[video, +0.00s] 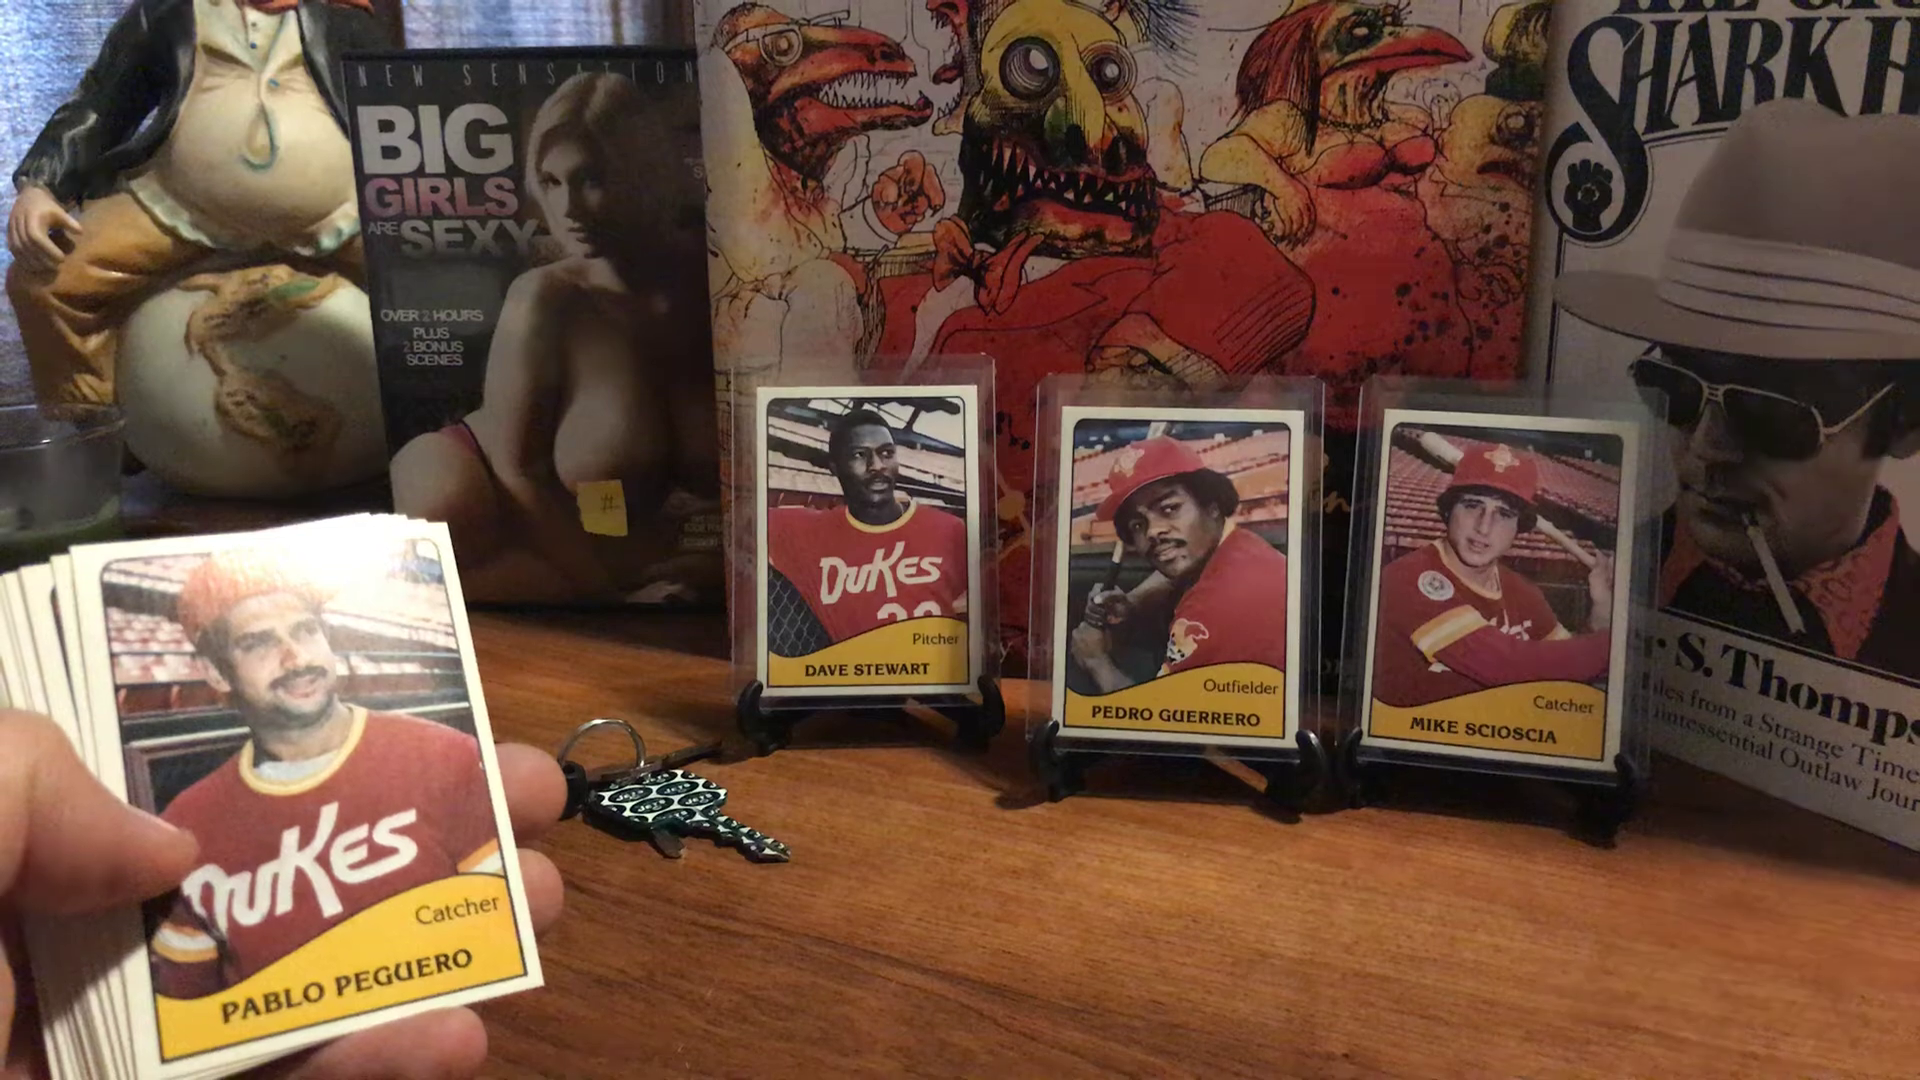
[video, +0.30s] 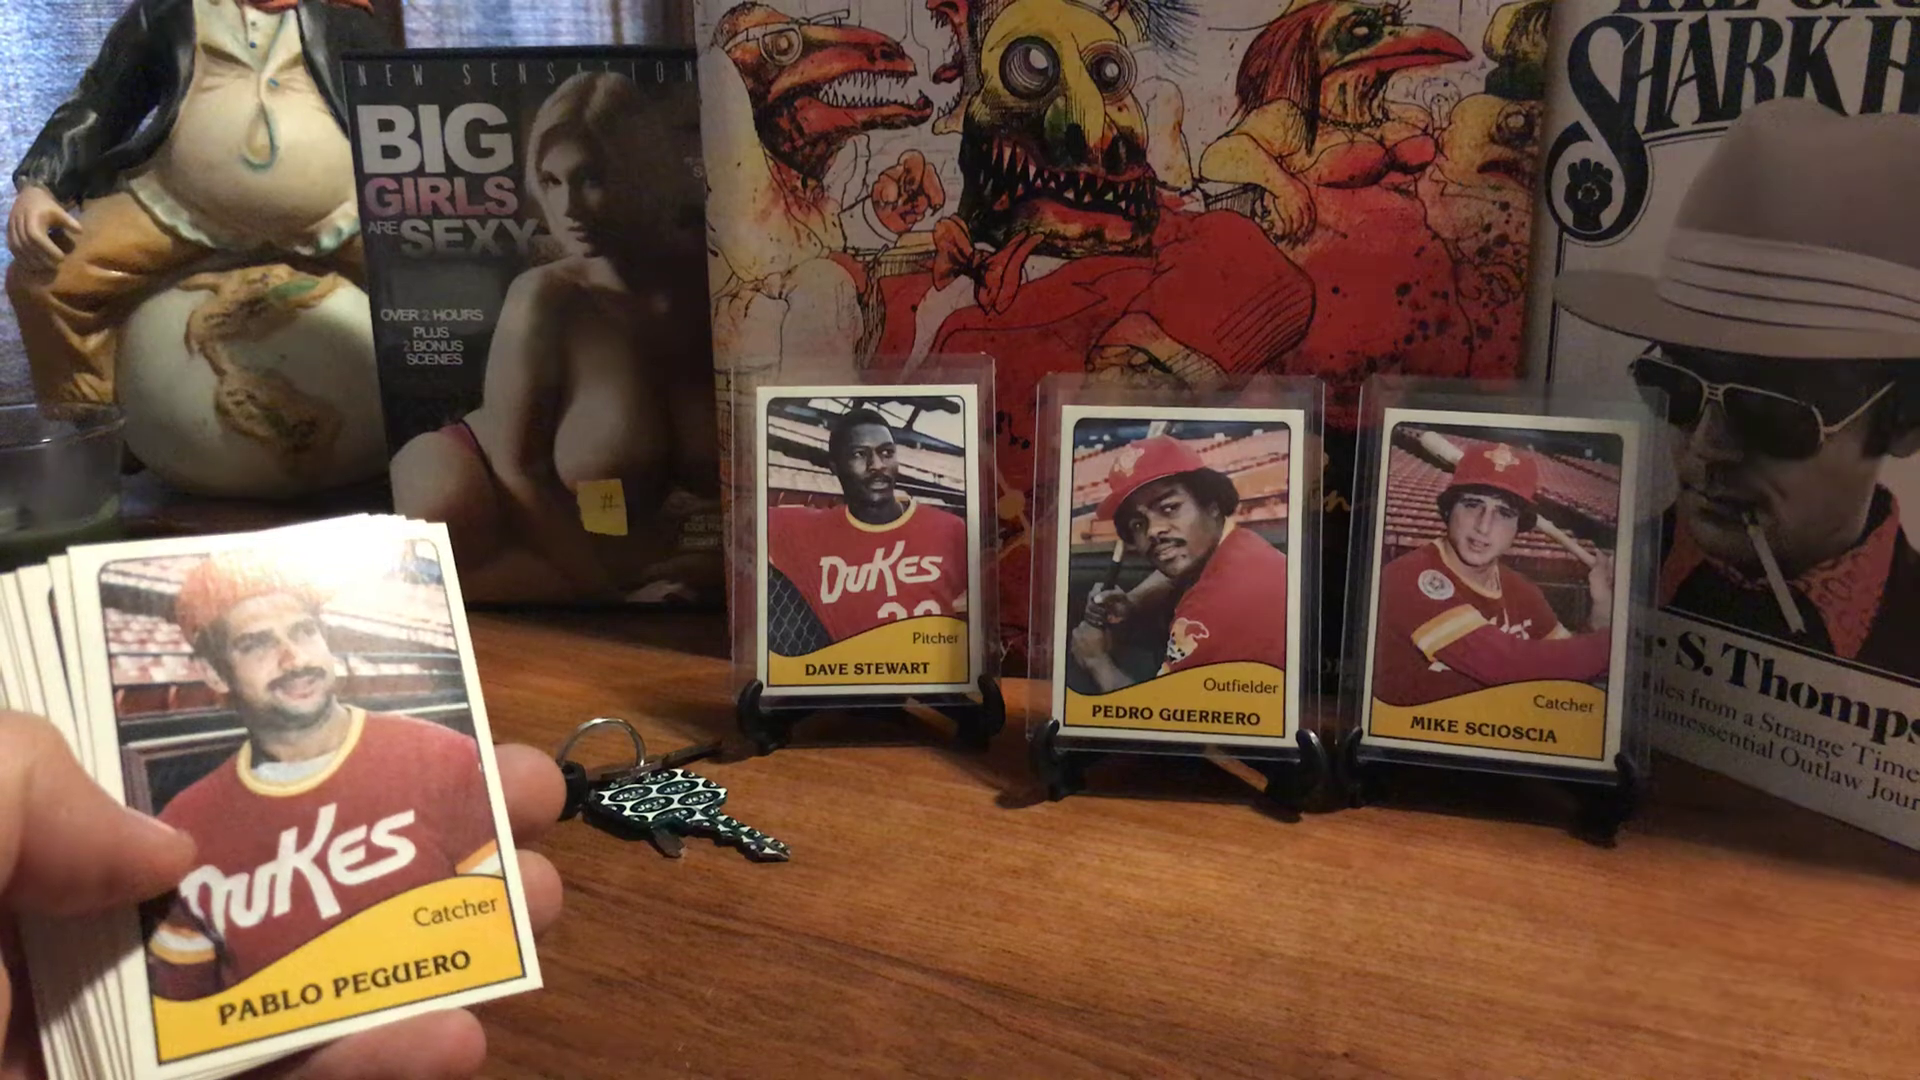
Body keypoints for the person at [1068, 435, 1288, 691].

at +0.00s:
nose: (1154, 531)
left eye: (1169, 508)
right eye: (1138, 525)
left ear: (1212, 507)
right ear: (1133, 543)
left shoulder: (1214, 608)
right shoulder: (1245, 545)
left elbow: (1160, 722)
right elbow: (1183, 568)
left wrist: (1097, 662)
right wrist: (1132, 604)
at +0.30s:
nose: (1154, 530)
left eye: (1169, 508)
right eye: (1138, 524)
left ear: (1212, 506)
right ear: (1133, 542)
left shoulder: (1213, 609)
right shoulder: (1245, 545)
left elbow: (1160, 721)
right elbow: (1184, 566)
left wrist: (1097, 662)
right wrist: (1132, 603)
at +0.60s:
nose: (1155, 530)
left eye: (1169, 508)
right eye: (1138, 523)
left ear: (1212, 506)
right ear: (1133, 541)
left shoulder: (1210, 610)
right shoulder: (1245, 545)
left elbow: (1160, 721)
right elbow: (1182, 566)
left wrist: (1097, 661)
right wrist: (1132, 602)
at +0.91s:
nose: (1155, 530)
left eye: (1169, 508)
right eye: (1138, 523)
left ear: (1211, 505)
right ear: (1133, 540)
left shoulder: (1208, 611)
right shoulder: (1247, 544)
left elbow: (1162, 720)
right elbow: (1183, 564)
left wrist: (1097, 662)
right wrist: (1132, 601)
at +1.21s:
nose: (1155, 530)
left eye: (1169, 508)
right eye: (1139, 523)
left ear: (1211, 504)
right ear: (1133, 540)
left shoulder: (1208, 610)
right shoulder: (1248, 545)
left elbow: (1162, 720)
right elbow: (1183, 566)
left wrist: (1098, 662)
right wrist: (1132, 602)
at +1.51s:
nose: (1155, 530)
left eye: (1169, 508)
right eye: (1139, 523)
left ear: (1211, 505)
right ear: (1133, 540)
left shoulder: (1208, 610)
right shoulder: (1249, 545)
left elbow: (1162, 720)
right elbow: (1185, 565)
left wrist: (1098, 662)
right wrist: (1132, 602)